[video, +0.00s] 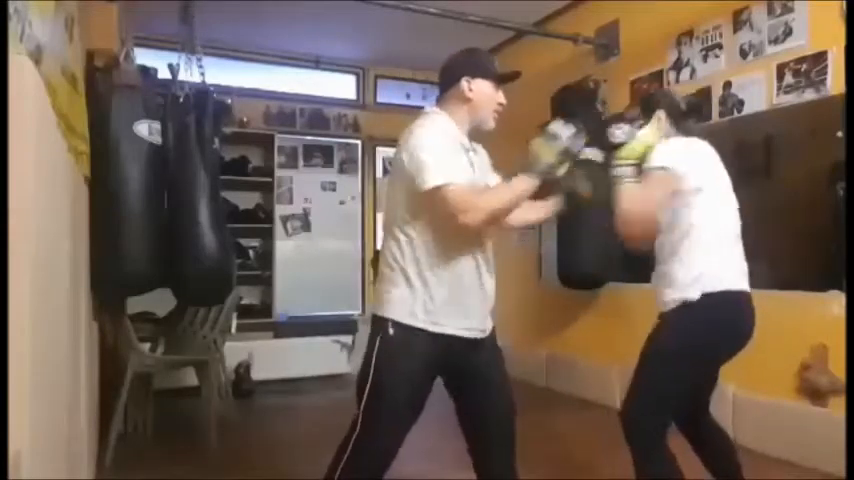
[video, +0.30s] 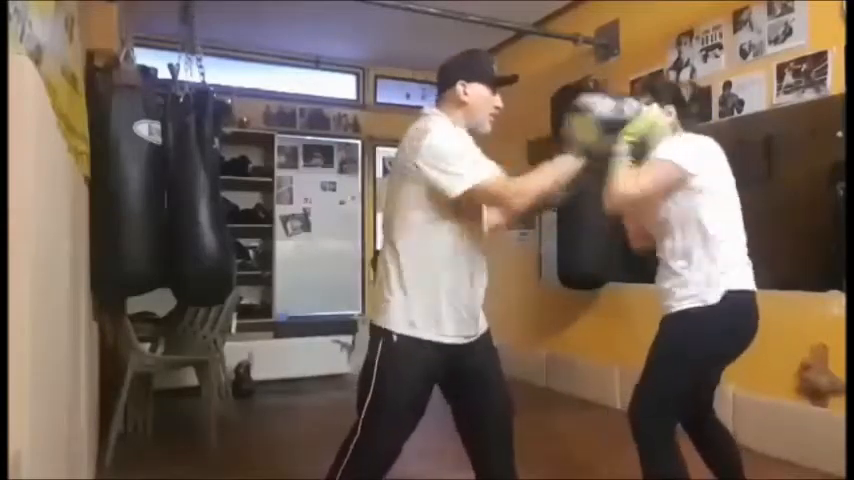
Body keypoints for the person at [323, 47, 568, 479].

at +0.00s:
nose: (503, 98)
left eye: (502, 88)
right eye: (496, 86)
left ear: (469, 90)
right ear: (468, 88)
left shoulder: (474, 152)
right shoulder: (426, 135)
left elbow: (508, 213)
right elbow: (468, 212)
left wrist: (566, 195)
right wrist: (532, 175)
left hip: (470, 327)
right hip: (410, 325)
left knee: (496, 446)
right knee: (370, 450)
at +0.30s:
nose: (499, 102)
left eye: (499, 92)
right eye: (492, 91)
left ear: (464, 93)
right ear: (463, 90)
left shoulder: (457, 142)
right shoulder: (431, 135)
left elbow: (487, 218)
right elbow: (510, 196)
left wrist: (533, 195)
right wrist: (577, 154)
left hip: (464, 326)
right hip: (410, 327)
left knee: (494, 440)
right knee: (374, 448)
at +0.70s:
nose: (456, 100)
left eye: (455, 90)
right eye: (447, 87)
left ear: (420, 91)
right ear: (417, 89)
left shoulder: (428, 146)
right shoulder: (382, 134)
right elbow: (465, 173)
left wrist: (522, 146)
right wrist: (513, 130)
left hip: (448, 330)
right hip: (385, 334)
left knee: (492, 459)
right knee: (354, 466)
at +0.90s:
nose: (448, 97)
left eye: (447, 88)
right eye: (438, 85)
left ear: (412, 91)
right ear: (407, 89)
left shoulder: (433, 147)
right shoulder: (366, 142)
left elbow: (474, 196)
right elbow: (413, 199)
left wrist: (527, 165)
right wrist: (468, 138)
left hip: (448, 334)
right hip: (381, 339)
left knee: (486, 461)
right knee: (355, 466)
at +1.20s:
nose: (469, 109)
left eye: (469, 99)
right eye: (462, 98)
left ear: (437, 98)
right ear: (435, 96)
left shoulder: (432, 151)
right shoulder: (397, 139)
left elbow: (462, 206)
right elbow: (461, 206)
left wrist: (503, 146)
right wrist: (505, 158)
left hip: (450, 332)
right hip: (391, 338)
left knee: (497, 423)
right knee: (362, 455)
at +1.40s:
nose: (511, 105)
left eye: (511, 95)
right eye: (503, 94)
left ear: (474, 99)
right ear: (474, 97)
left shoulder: (489, 158)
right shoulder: (434, 135)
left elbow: (520, 203)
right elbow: (445, 178)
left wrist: (582, 206)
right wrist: (514, 139)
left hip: (493, 329)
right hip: (430, 329)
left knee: (528, 422)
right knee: (382, 444)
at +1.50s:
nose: (536, 105)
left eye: (536, 95)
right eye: (529, 94)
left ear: (505, 96)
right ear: (498, 94)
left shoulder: (536, 143)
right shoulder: (447, 138)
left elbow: (593, 143)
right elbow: (385, 180)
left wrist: (646, 141)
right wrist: (405, 215)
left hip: (510, 321)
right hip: (442, 319)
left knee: (535, 425)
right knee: (405, 428)